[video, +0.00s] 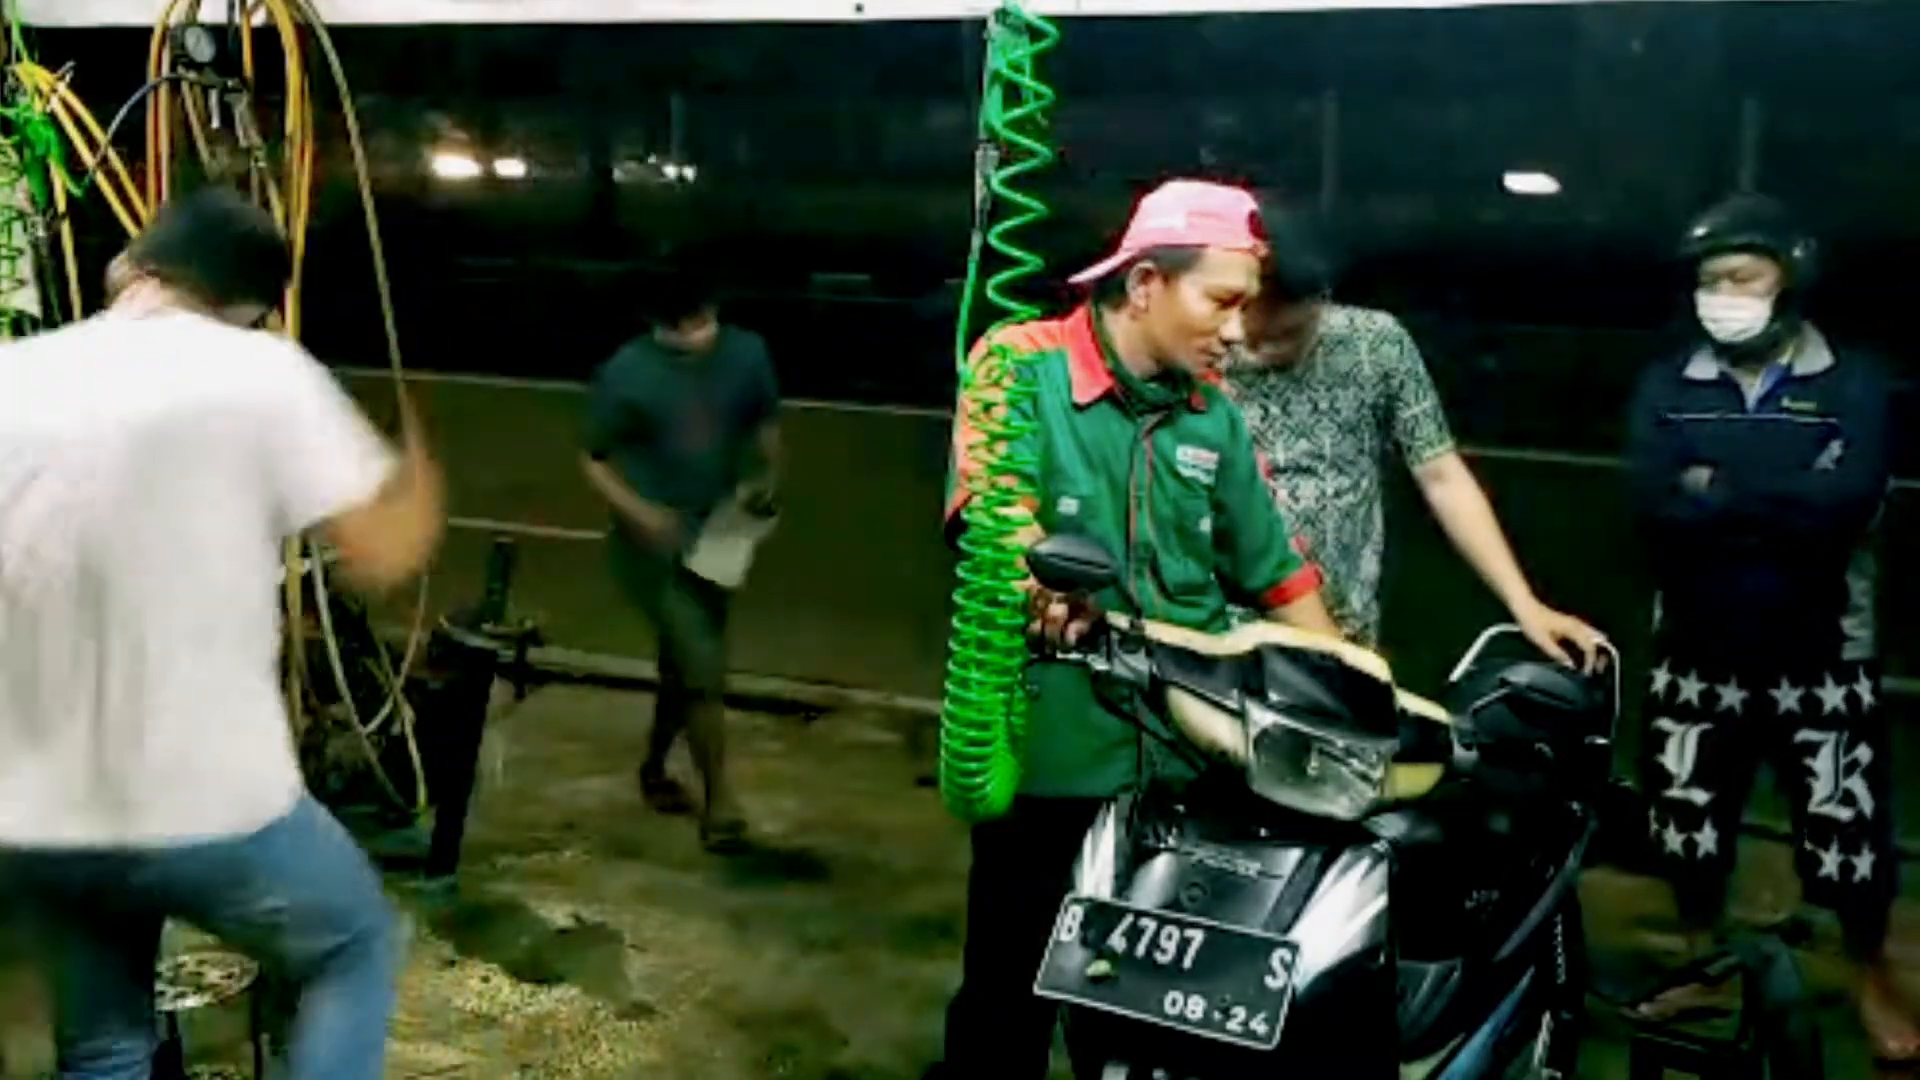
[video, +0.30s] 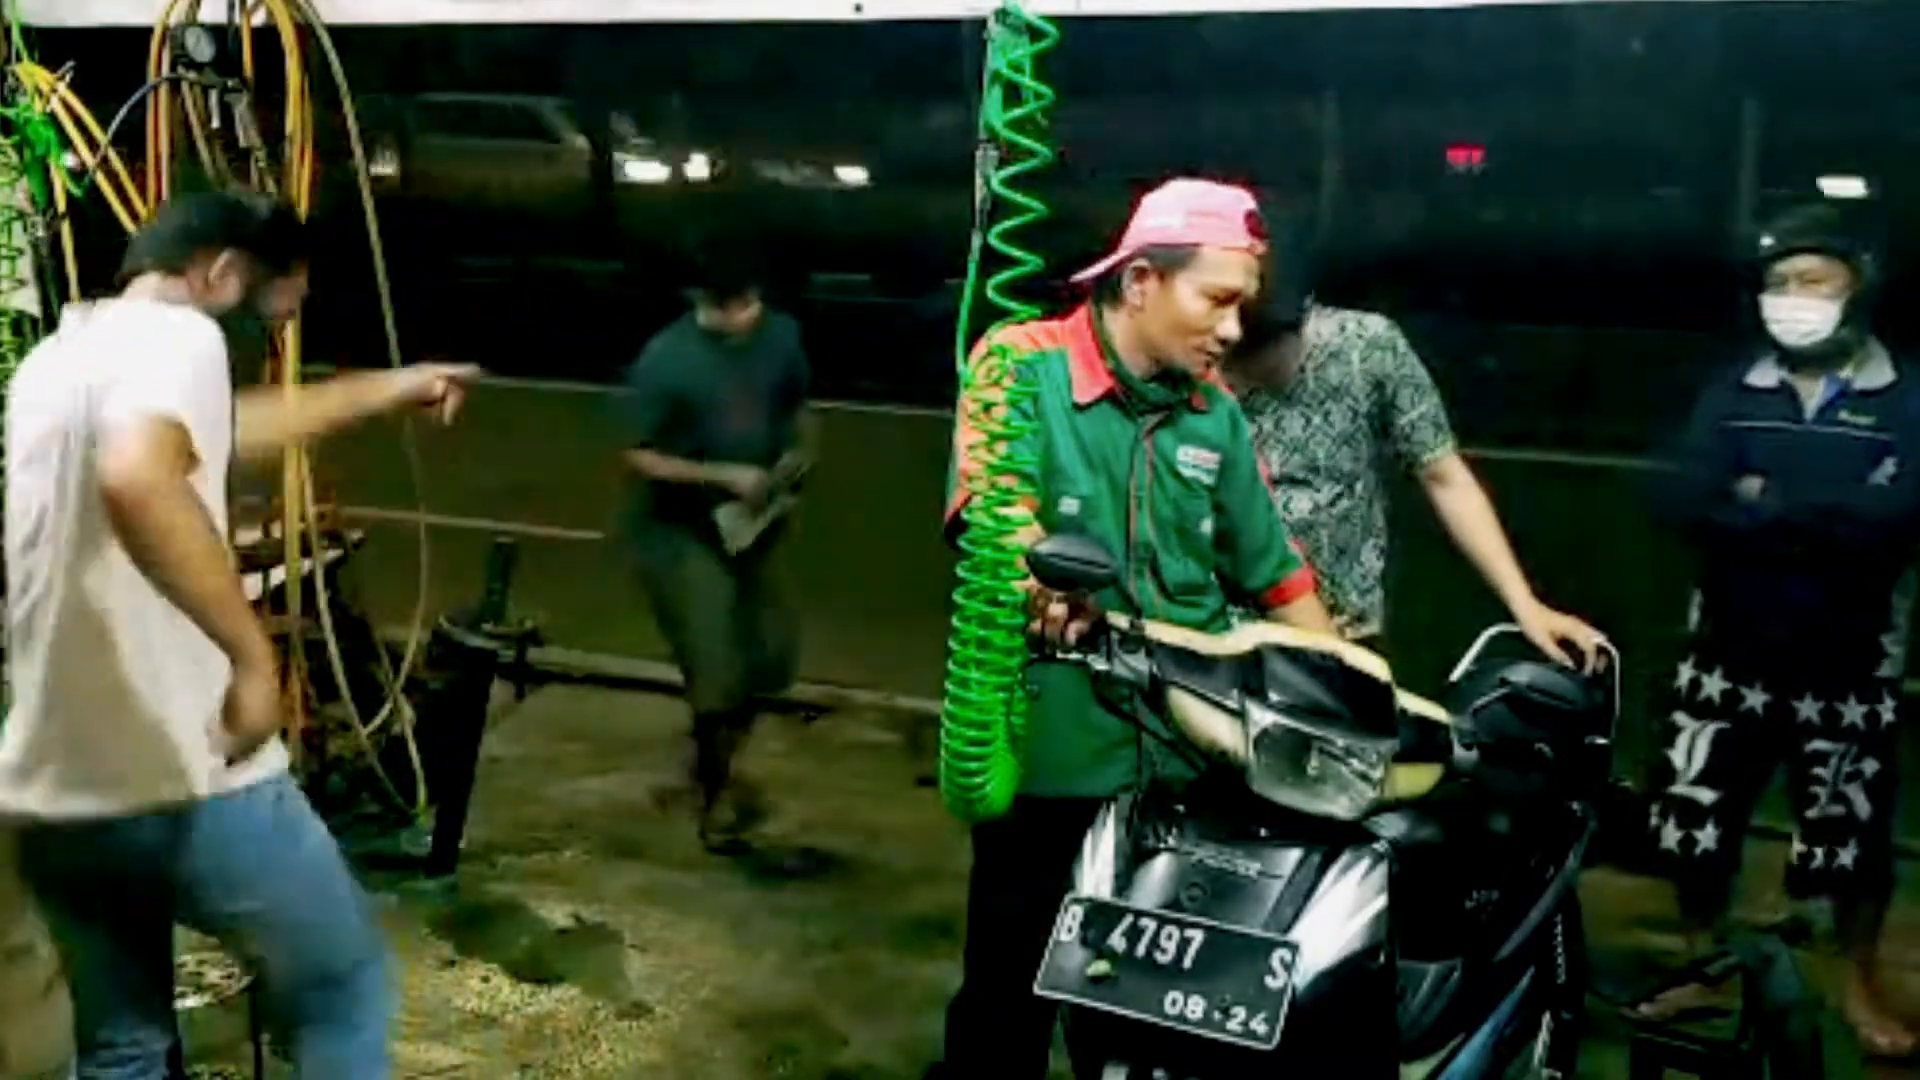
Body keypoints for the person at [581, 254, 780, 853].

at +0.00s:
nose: (693, 340)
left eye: (701, 326)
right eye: (679, 331)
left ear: (716, 315)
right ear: (657, 326)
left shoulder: (745, 357)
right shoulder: (629, 373)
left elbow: (766, 427)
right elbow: (591, 457)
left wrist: (767, 480)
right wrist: (639, 512)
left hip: (719, 531)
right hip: (651, 533)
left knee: (687, 659)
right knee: (698, 658)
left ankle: (655, 765)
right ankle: (719, 804)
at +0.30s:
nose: (739, 319)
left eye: (747, 303)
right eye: (725, 307)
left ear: (761, 297)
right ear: (701, 303)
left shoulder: (780, 341)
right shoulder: (669, 359)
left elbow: (799, 418)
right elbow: (635, 453)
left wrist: (791, 465)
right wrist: (725, 476)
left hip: (750, 525)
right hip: (678, 528)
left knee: (773, 655)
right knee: (714, 662)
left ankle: (706, 765)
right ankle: (715, 804)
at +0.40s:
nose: (768, 306)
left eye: (773, 292)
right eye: (754, 294)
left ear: (784, 289)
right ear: (720, 289)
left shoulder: (794, 340)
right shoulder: (687, 354)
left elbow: (808, 424)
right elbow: (654, 451)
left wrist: (804, 471)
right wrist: (750, 467)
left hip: (774, 541)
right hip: (705, 544)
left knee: (803, 671)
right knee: (719, 684)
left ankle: (789, 804)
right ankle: (719, 807)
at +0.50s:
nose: (781, 297)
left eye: (788, 283)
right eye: (767, 285)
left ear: (800, 282)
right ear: (736, 282)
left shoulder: (809, 338)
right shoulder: (705, 349)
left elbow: (811, 422)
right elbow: (669, 450)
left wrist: (823, 461)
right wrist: (769, 463)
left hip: (785, 544)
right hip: (714, 546)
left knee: (819, 676)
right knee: (723, 686)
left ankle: (827, 815)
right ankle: (720, 809)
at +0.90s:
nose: (900, 281)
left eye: (910, 268)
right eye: (886, 267)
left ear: (925, 273)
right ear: (857, 270)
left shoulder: (936, 342)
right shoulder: (825, 345)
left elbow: (961, 424)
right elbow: (789, 447)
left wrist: (953, 465)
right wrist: (896, 455)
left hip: (919, 560)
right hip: (840, 561)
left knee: (918, 705)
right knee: (837, 716)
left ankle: (897, 833)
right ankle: (761, 784)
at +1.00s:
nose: (923, 268)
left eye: (934, 255)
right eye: (910, 253)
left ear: (951, 264)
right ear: (882, 257)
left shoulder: (951, 340)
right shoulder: (850, 339)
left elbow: (969, 424)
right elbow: (819, 445)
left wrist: (977, 459)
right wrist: (928, 448)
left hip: (947, 548)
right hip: (873, 547)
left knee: (931, 704)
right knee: (887, 704)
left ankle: (902, 827)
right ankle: (815, 780)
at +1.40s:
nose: (1036, 323)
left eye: (1052, 309)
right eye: (1025, 306)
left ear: (1076, 302)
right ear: (999, 299)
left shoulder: (1079, 362)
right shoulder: (968, 361)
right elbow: (936, 476)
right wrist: (999, 480)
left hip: (1066, 542)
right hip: (986, 544)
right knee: (971, 685)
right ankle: (936, 819)